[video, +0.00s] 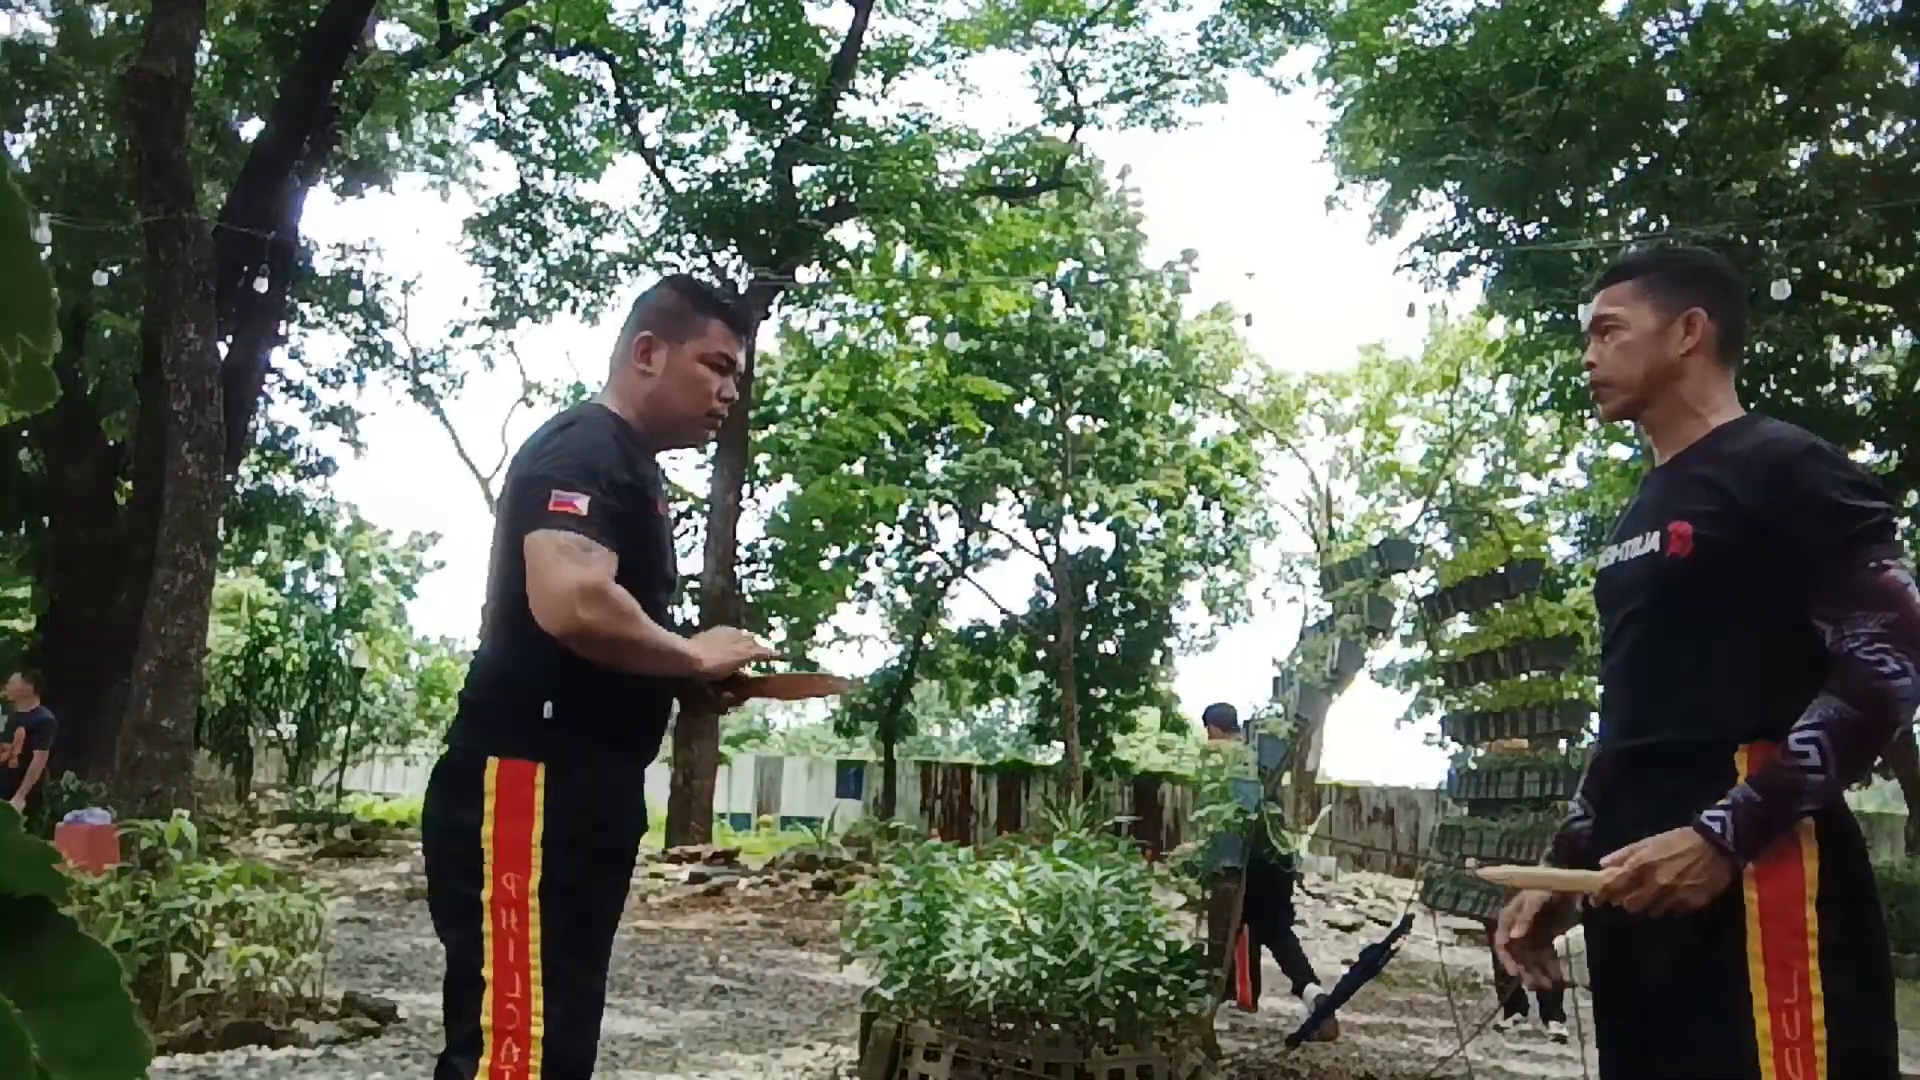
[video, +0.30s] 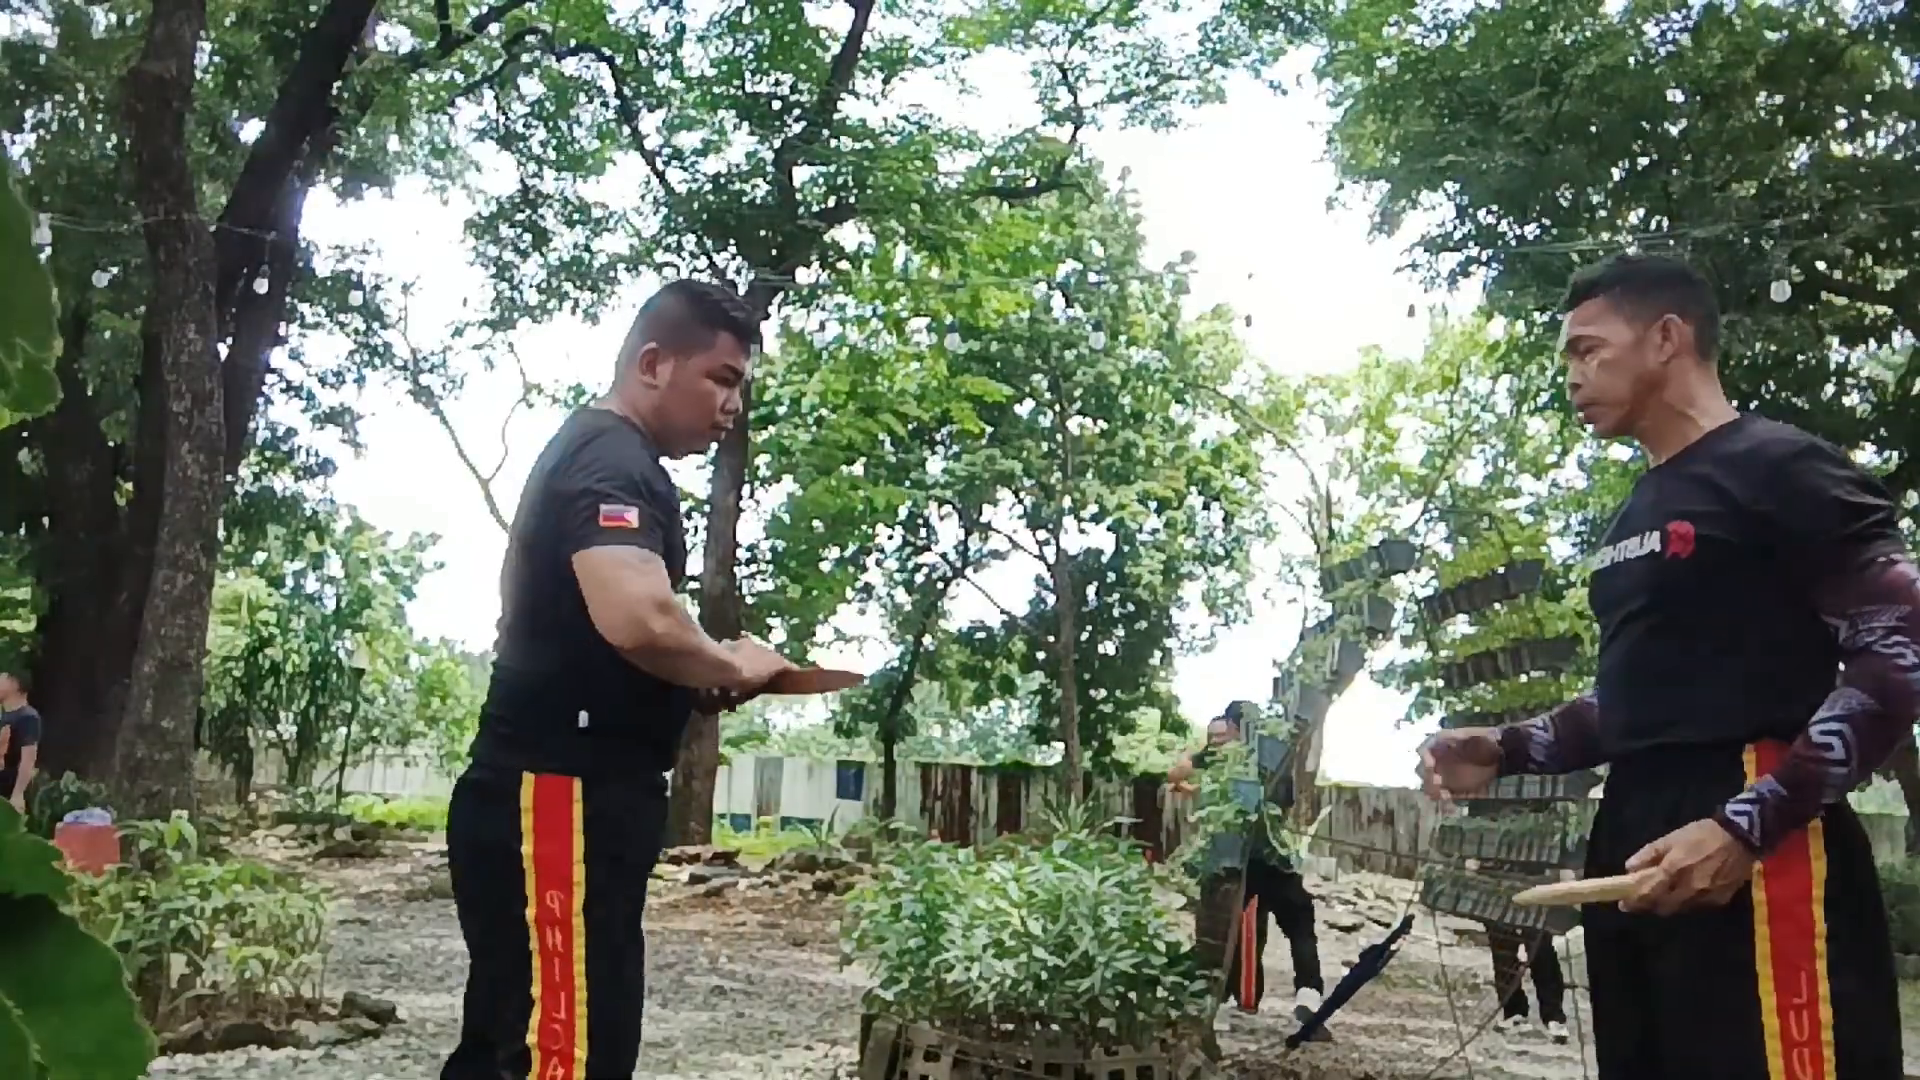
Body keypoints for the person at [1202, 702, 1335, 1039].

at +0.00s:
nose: (1206, 738)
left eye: (1207, 731)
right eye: (1207, 732)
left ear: (1215, 729)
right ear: (1234, 728)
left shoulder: (1223, 762)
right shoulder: (1257, 758)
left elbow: (1224, 822)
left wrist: (1197, 850)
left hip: (1245, 861)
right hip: (1277, 858)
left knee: (1241, 929)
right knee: (1277, 929)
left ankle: (1241, 1000)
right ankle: (1313, 993)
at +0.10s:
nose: (1209, 737)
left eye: (1211, 730)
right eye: (1210, 730)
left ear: (1221, 729)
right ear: (1238, 727)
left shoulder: (1230, 763)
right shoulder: (1263, 759)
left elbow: (1228, 820)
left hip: (1244, 861)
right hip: (1275, 859)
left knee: (1240, 929)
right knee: (1280, 929)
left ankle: (1241, 999)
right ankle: (1314, 995)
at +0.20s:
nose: (1214, 739)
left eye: (1217, 732)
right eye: (1214, 733)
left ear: (1229, 729)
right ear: (1246, 729)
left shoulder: (1226, 761)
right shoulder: (1270, 758)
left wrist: (1203, 748)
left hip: (1237, 861)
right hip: (1277, 863)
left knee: (1241, 934)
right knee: (1294, 929)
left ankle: (1241, 1000)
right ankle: (1312, 989)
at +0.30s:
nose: (1216, 741)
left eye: (1219, 735)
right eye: (1215, 736)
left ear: (1236, 728)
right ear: (1257, 726)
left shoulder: (1224, 756)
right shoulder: (1279, 756)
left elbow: (1178, 774)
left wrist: (1203, 748)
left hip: (1238, 860)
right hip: (1276, 860)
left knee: (1247, 930)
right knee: (1299, 922)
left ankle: (1242, 998)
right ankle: (1309, 991)